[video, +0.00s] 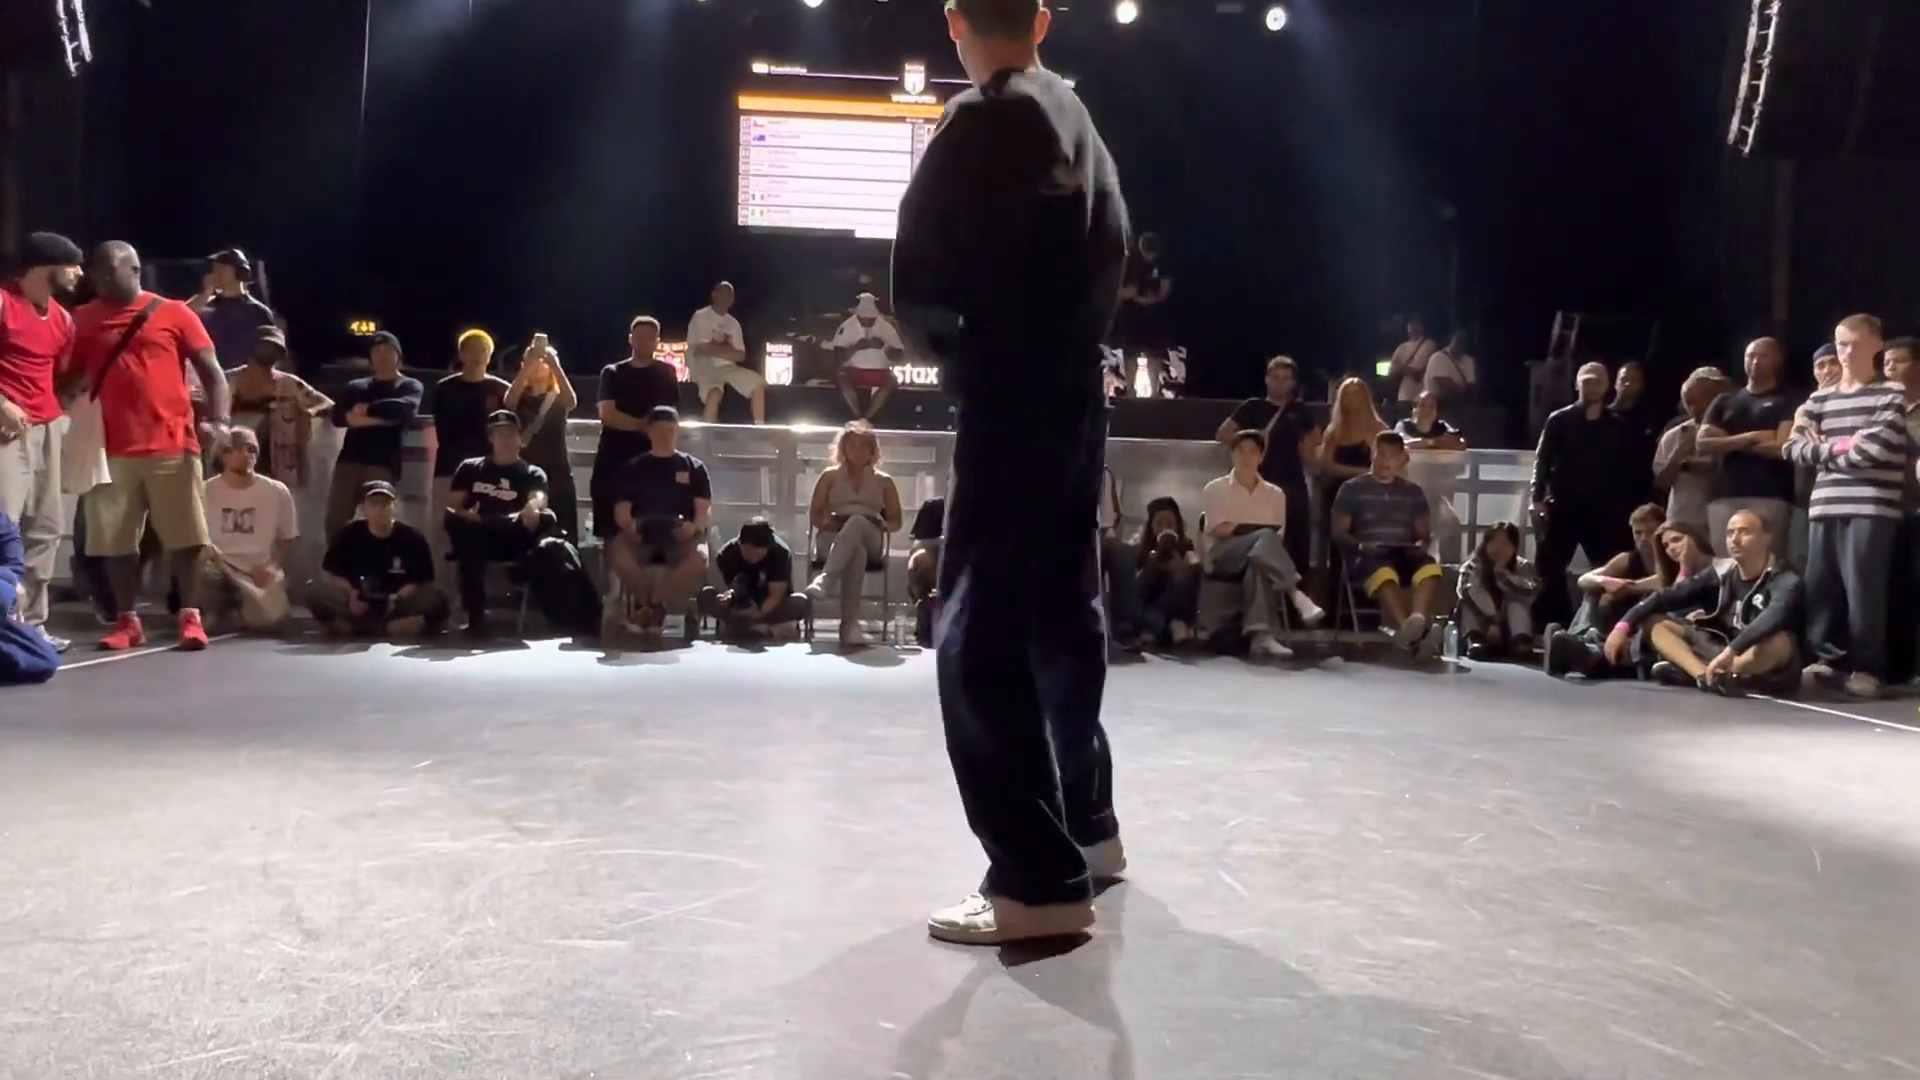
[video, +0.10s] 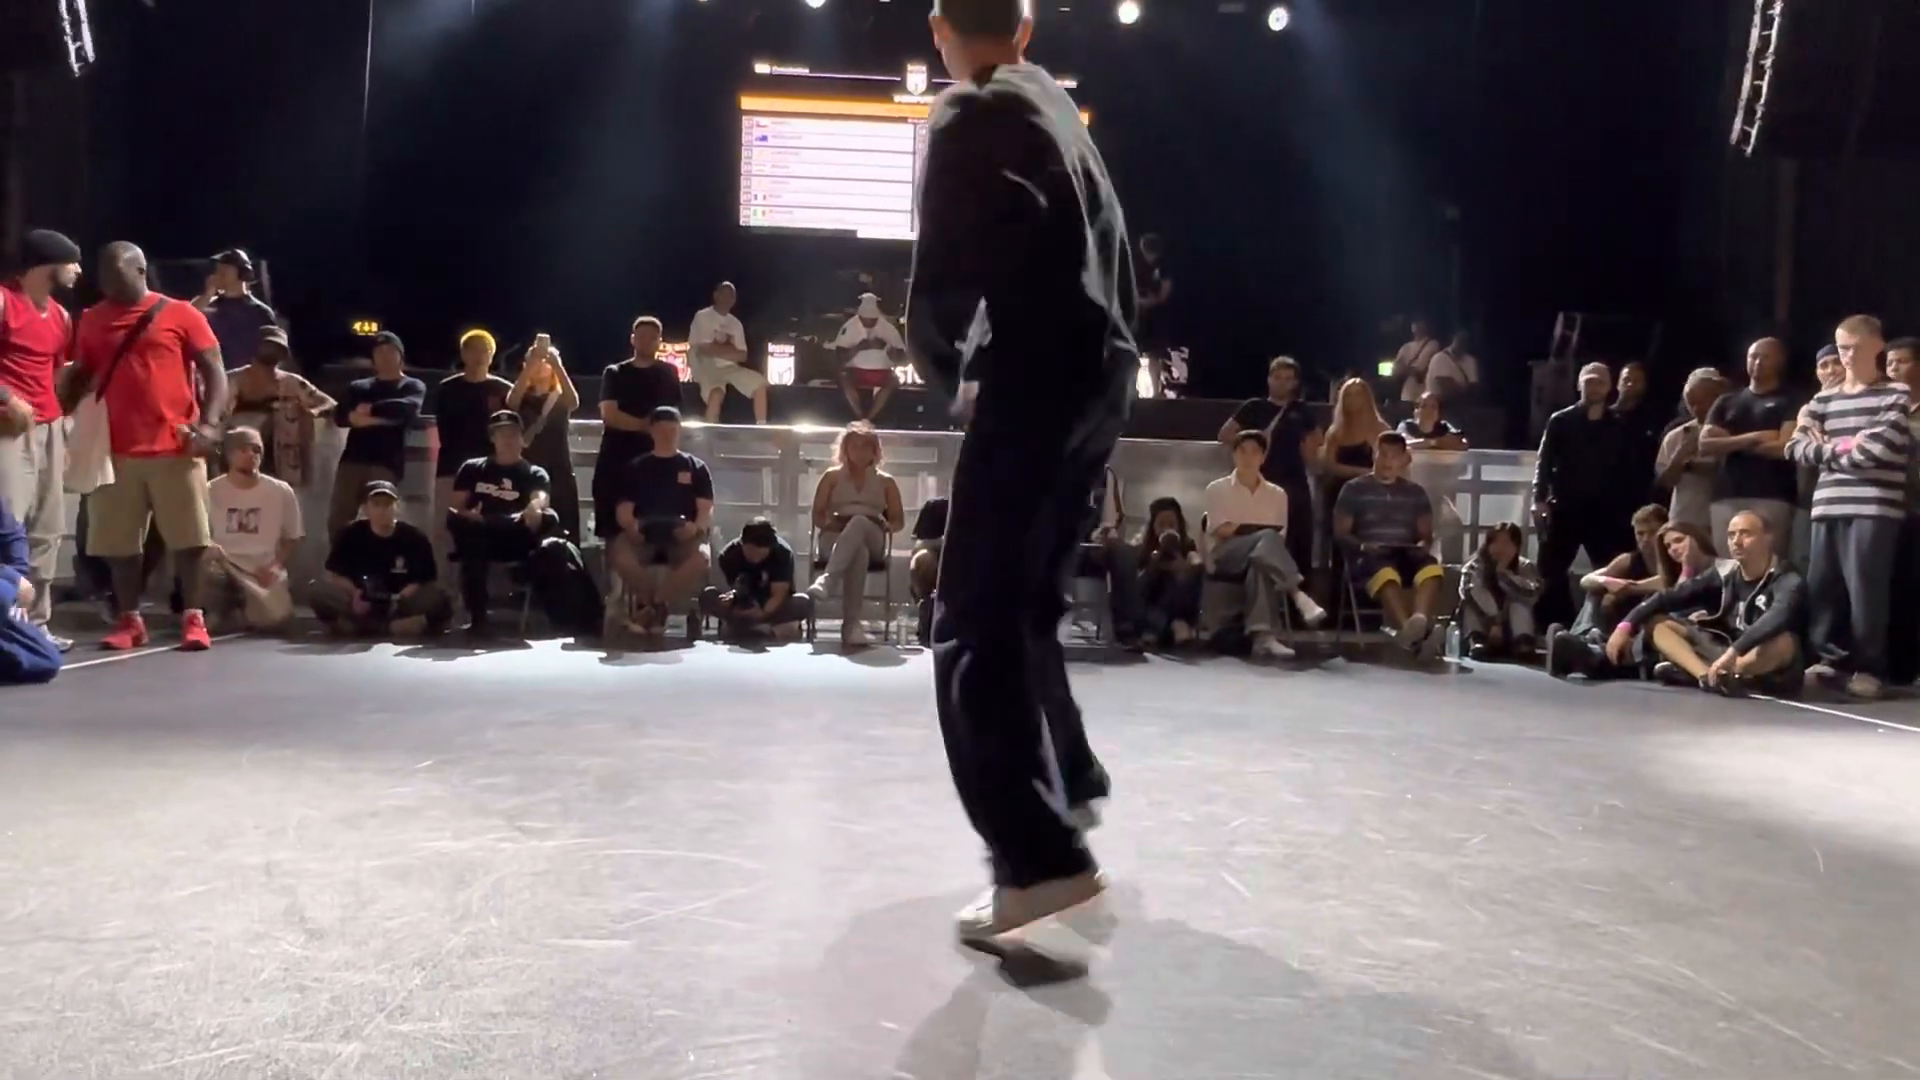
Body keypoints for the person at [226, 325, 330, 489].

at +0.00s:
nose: (269, 353)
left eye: (275, 349)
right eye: (265, 347)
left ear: (280, 355)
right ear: (255, 347)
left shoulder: (288, 383)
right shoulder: (231, 379)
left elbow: (327, 403)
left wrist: (312, 410)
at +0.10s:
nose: (272, 353)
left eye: (278, 349)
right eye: (268, 346)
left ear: (283, 354)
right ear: (258, 347)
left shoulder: (291, 383)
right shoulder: (234, 379)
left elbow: (330, 403)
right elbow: (218, 414)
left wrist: (314, 411)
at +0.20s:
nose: (274, 352)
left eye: (280, 348)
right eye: (271, 346)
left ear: (285, 354)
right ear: (261, 347)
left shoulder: (294, 382)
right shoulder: (238, 378)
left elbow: (332, 403)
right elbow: (226, 407)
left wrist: (317, 411)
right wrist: (264, 406)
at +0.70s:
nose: (281, 348)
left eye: (287, 344)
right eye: (277, 341)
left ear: (293, 349)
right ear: (267, 343)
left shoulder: (301, 377)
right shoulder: (249, 372)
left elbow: (339, 399)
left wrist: (321, 406)